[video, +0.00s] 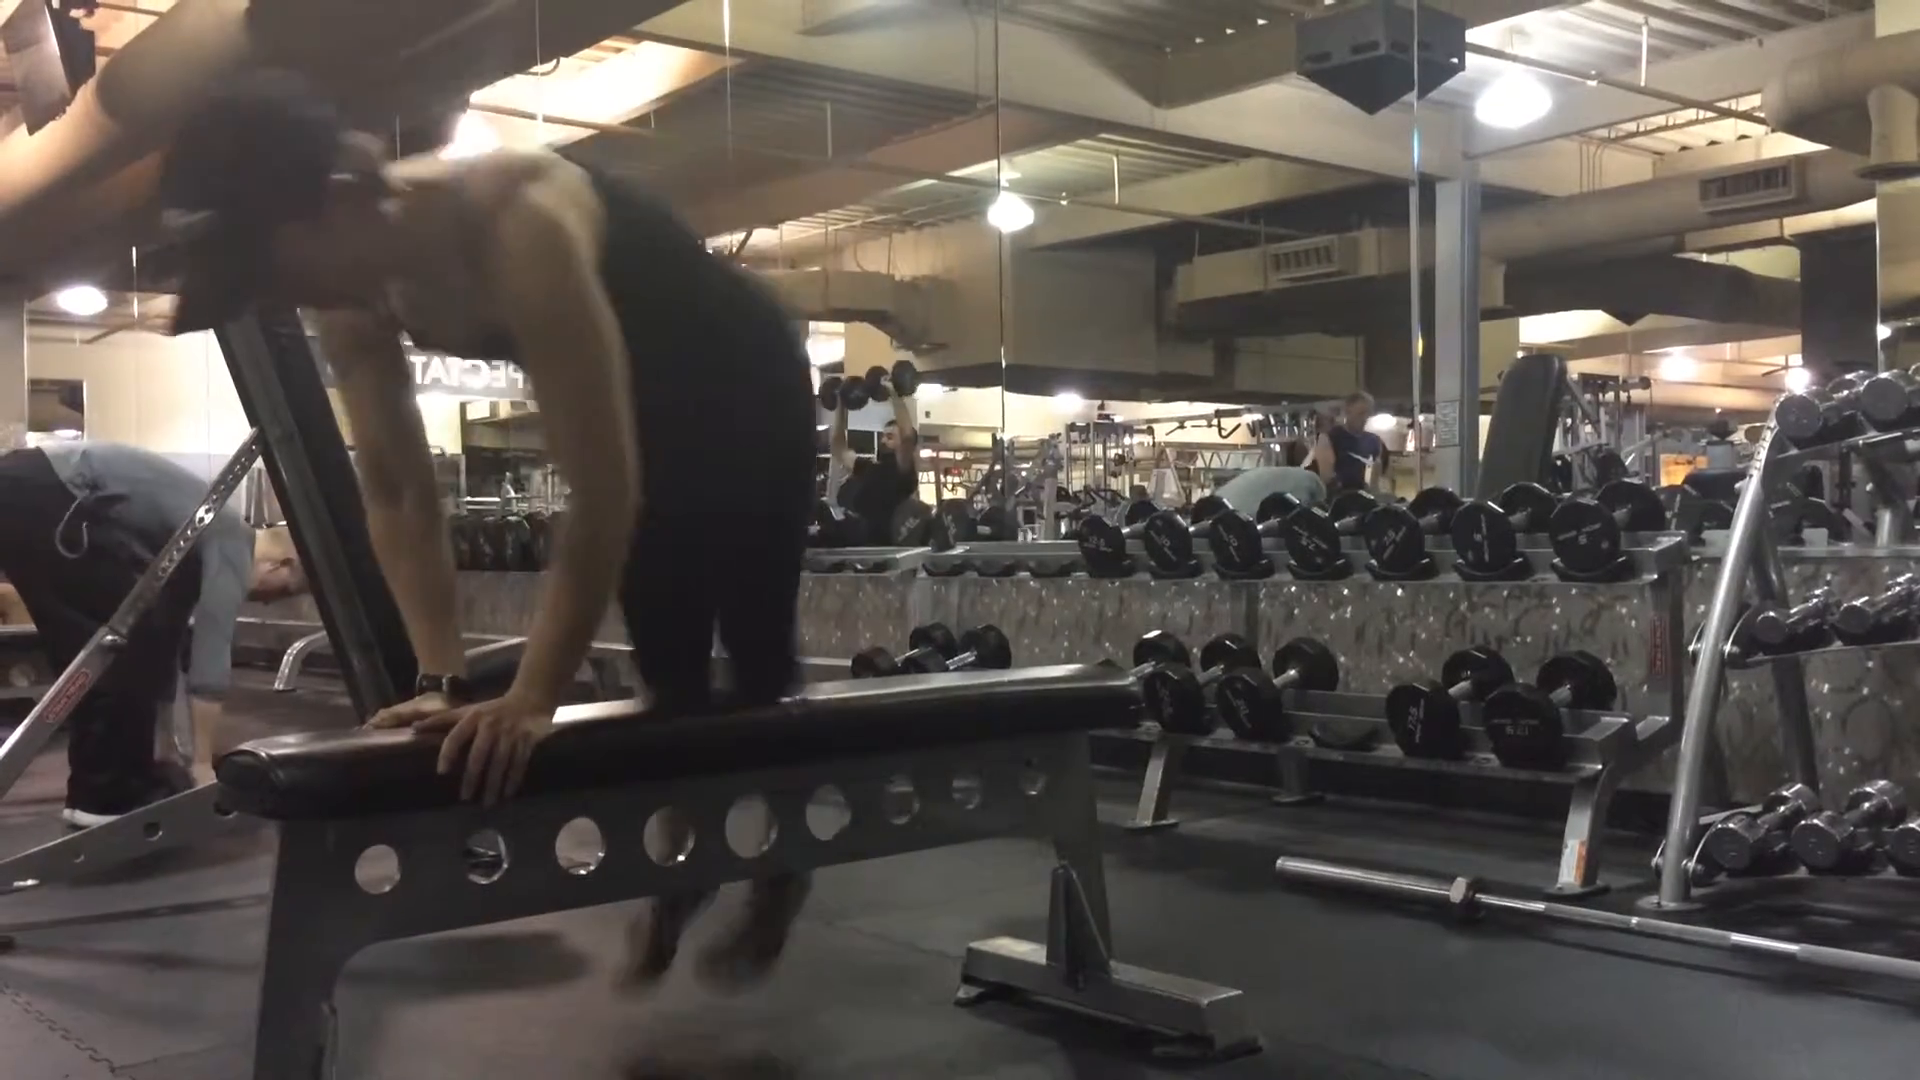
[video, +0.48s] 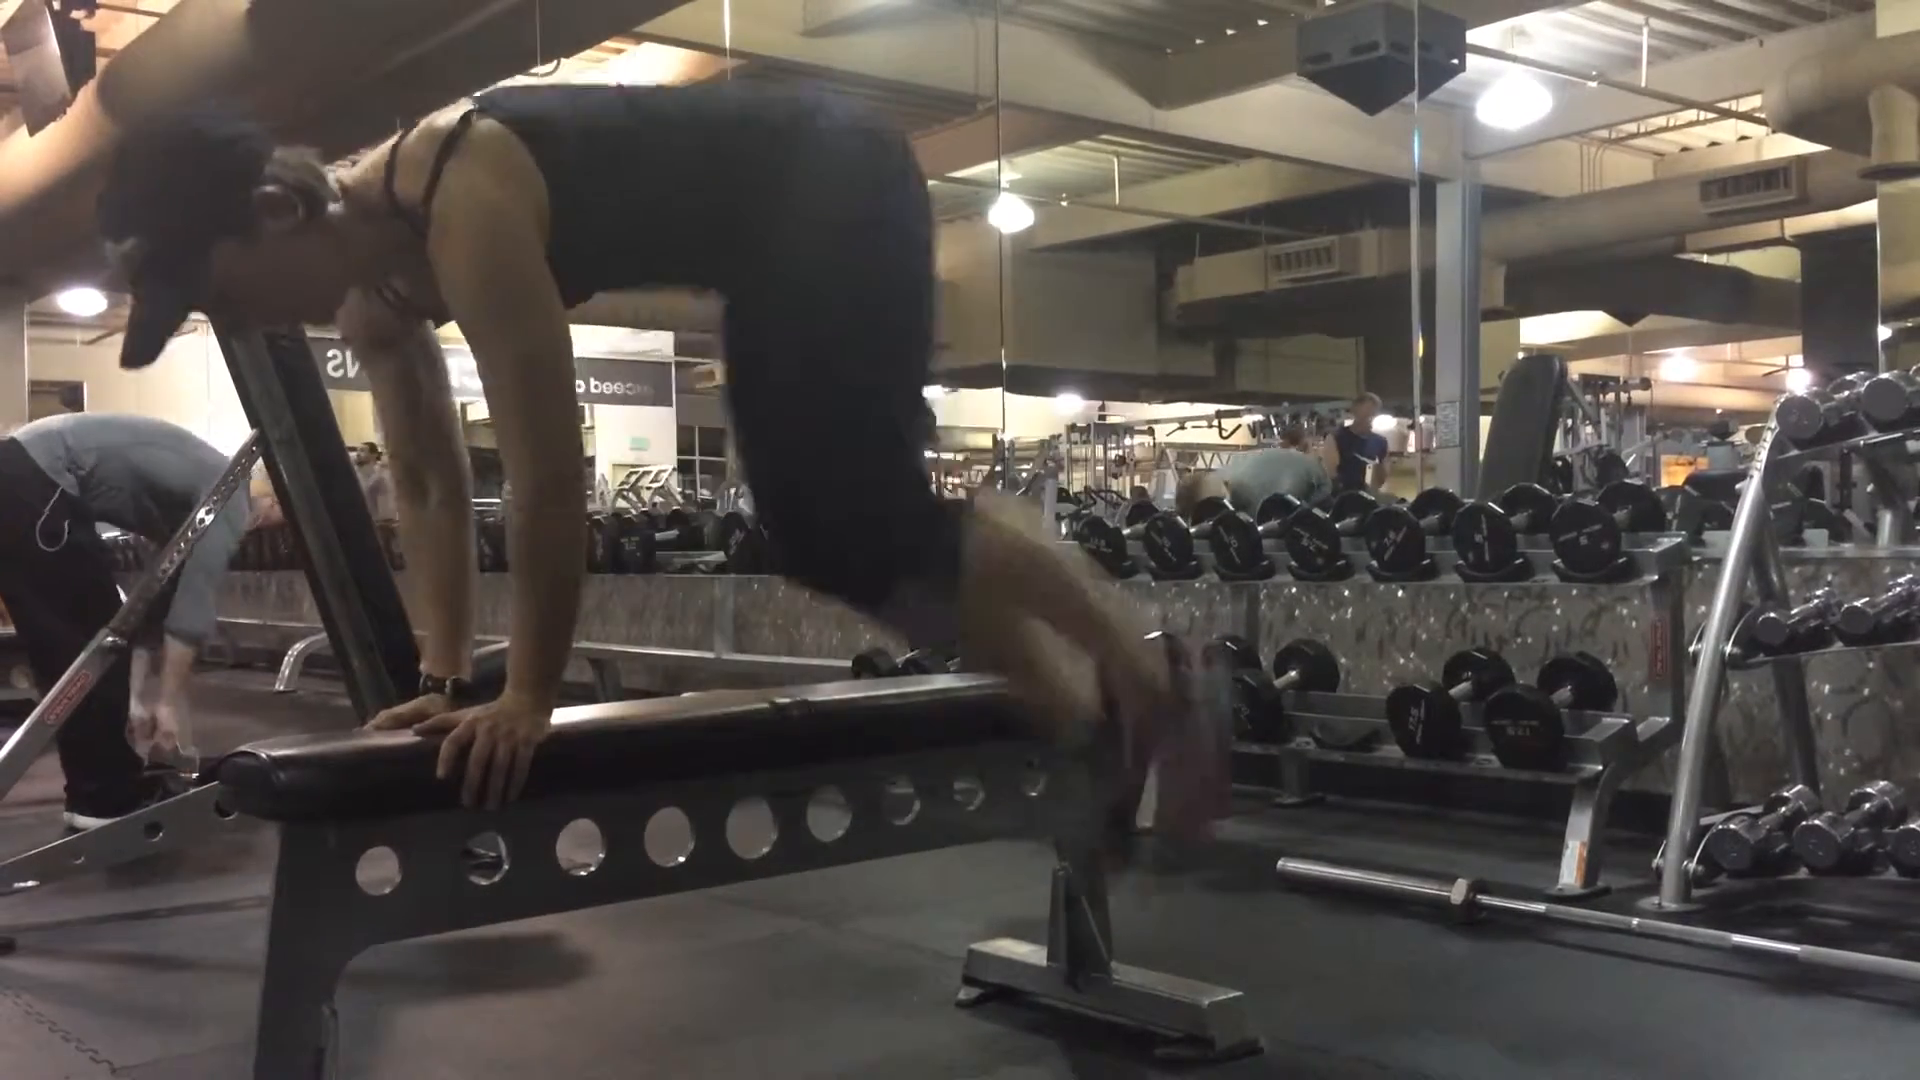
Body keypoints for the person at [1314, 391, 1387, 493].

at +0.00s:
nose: (1365, 418)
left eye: (1367, 413)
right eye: (1361, 413)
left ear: (1370, 414)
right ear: (1348, 411)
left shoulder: (1374, 441)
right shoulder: (1329, 438)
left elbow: (1375, 480)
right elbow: (1326, 476)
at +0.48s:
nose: (1368, 418)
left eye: (1371, 414)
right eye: (1364, 413)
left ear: (1375, 415)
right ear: (1354, 411)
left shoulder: (1380, 442)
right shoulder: (1335, 438)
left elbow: (1380, 478)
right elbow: (1330, 472)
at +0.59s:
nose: (1367, 419)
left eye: (1371, 415)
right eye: (1364, 414)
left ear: (1375, 416)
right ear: (1354, 412)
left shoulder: (1380, 443)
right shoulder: (1336, 438)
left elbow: (1379, 481)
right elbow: (1334, 473)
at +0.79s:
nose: (1368, 421)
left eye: (1372, 416)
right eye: (1365, 415)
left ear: (1375, 416)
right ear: (1354, 413)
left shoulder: (1379, 443)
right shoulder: (1335, 439)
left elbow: (1381, 479)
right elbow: (1334, 475)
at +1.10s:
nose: (1360, 419)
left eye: (1365, 415)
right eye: (1357, 414)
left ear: (1370, 417)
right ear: (1350, 413)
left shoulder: (1377, 443)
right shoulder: (1336, 437)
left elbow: (1377, 473)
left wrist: (1372, 492)